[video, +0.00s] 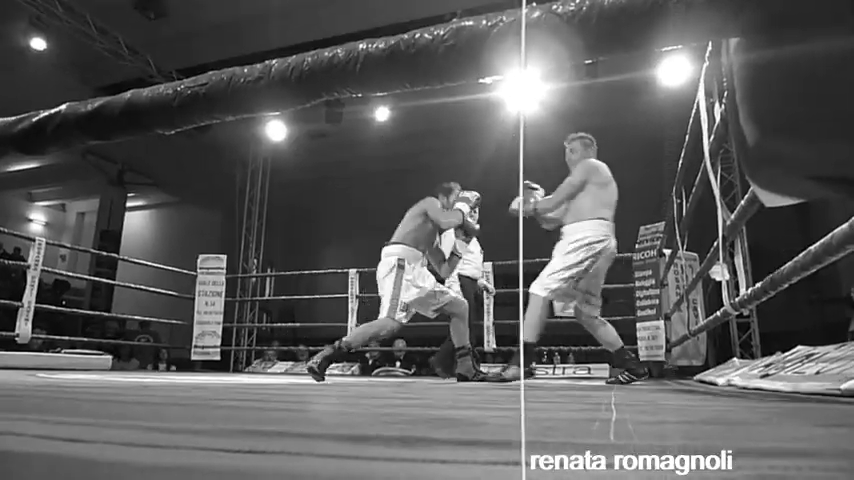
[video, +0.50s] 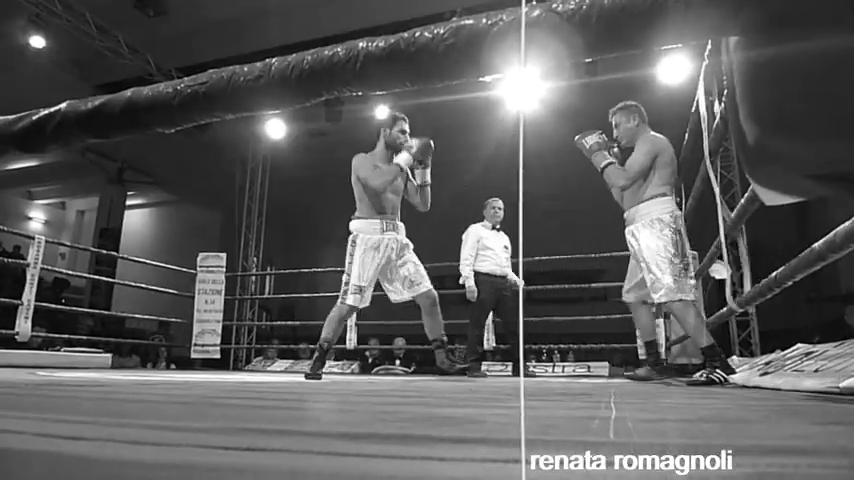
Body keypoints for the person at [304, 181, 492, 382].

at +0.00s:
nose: (460, 205)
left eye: (461, 202)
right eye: (458, 201)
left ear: (448, 204)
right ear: (443, 198)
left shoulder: (431, 237)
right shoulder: (428, 203)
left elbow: (445, 270)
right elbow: (445, 221)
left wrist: (462, 242)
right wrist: (465, 207)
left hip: (417, 272)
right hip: (399, 264)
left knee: (459, 306)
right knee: (389, 323)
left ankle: (466, 368)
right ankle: (326, 356)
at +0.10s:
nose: (458, 187)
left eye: (458, 183)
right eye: (454, 182)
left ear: (442, 185)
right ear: (439, 182)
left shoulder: (434, 215)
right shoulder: (425, 193)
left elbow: (438, 258)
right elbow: (434, 215)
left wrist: (455, 236)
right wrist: (461, 202)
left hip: (416, 265)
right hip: (397, 259)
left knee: (459, 305)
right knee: (388, 316)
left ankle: (466, 367)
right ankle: (324, 356)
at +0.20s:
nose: (454, 180)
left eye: (455, 175)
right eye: (450, 173)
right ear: (433, 173)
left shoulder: (434, 208)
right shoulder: (407, 188)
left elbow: (434, 249)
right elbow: (410, 218)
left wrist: (448, 224)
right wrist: (437, 194)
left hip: (412, 261)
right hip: (386, 256)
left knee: (455, 307)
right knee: (385, 310)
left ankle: (465, 367)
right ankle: (330, 352)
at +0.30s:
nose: (439, 170)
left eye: (440, 165)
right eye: (435, 164)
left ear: (435, 168)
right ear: (417, 163)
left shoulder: (425, 199)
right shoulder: (389, 189)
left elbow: (433, 241)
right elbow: (397, 222)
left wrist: (447, 213)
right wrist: (425, 194)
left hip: (406, 263)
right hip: (379, 259)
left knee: (451, 307)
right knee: (370, 313)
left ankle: (465, 366)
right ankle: (324, 358)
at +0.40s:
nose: (419, 157)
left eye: (421, 153)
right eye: (415, 151)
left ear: (420, 156)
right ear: (397, 149)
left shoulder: (413, 186)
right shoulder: (372, 180)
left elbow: (426, 226)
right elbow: (385, 212)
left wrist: (438, 194)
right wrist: (414, 185)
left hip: (402, 253)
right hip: (372, 252)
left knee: (441, 306)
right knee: (360, 310)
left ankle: (460, 364)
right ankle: (321, 362)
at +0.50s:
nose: (406, 139)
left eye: (408, 134)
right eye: (402, 132)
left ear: (404, 139)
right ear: (384, 133)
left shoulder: (401, 171)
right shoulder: (361, 161)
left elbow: (422, 205)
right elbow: (377, 183)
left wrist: (424, 171)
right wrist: (405, 159)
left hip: (397, 240)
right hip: (366, 240)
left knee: (429, 297)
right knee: (348, 304)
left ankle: (443, 358)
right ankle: (318, 361)